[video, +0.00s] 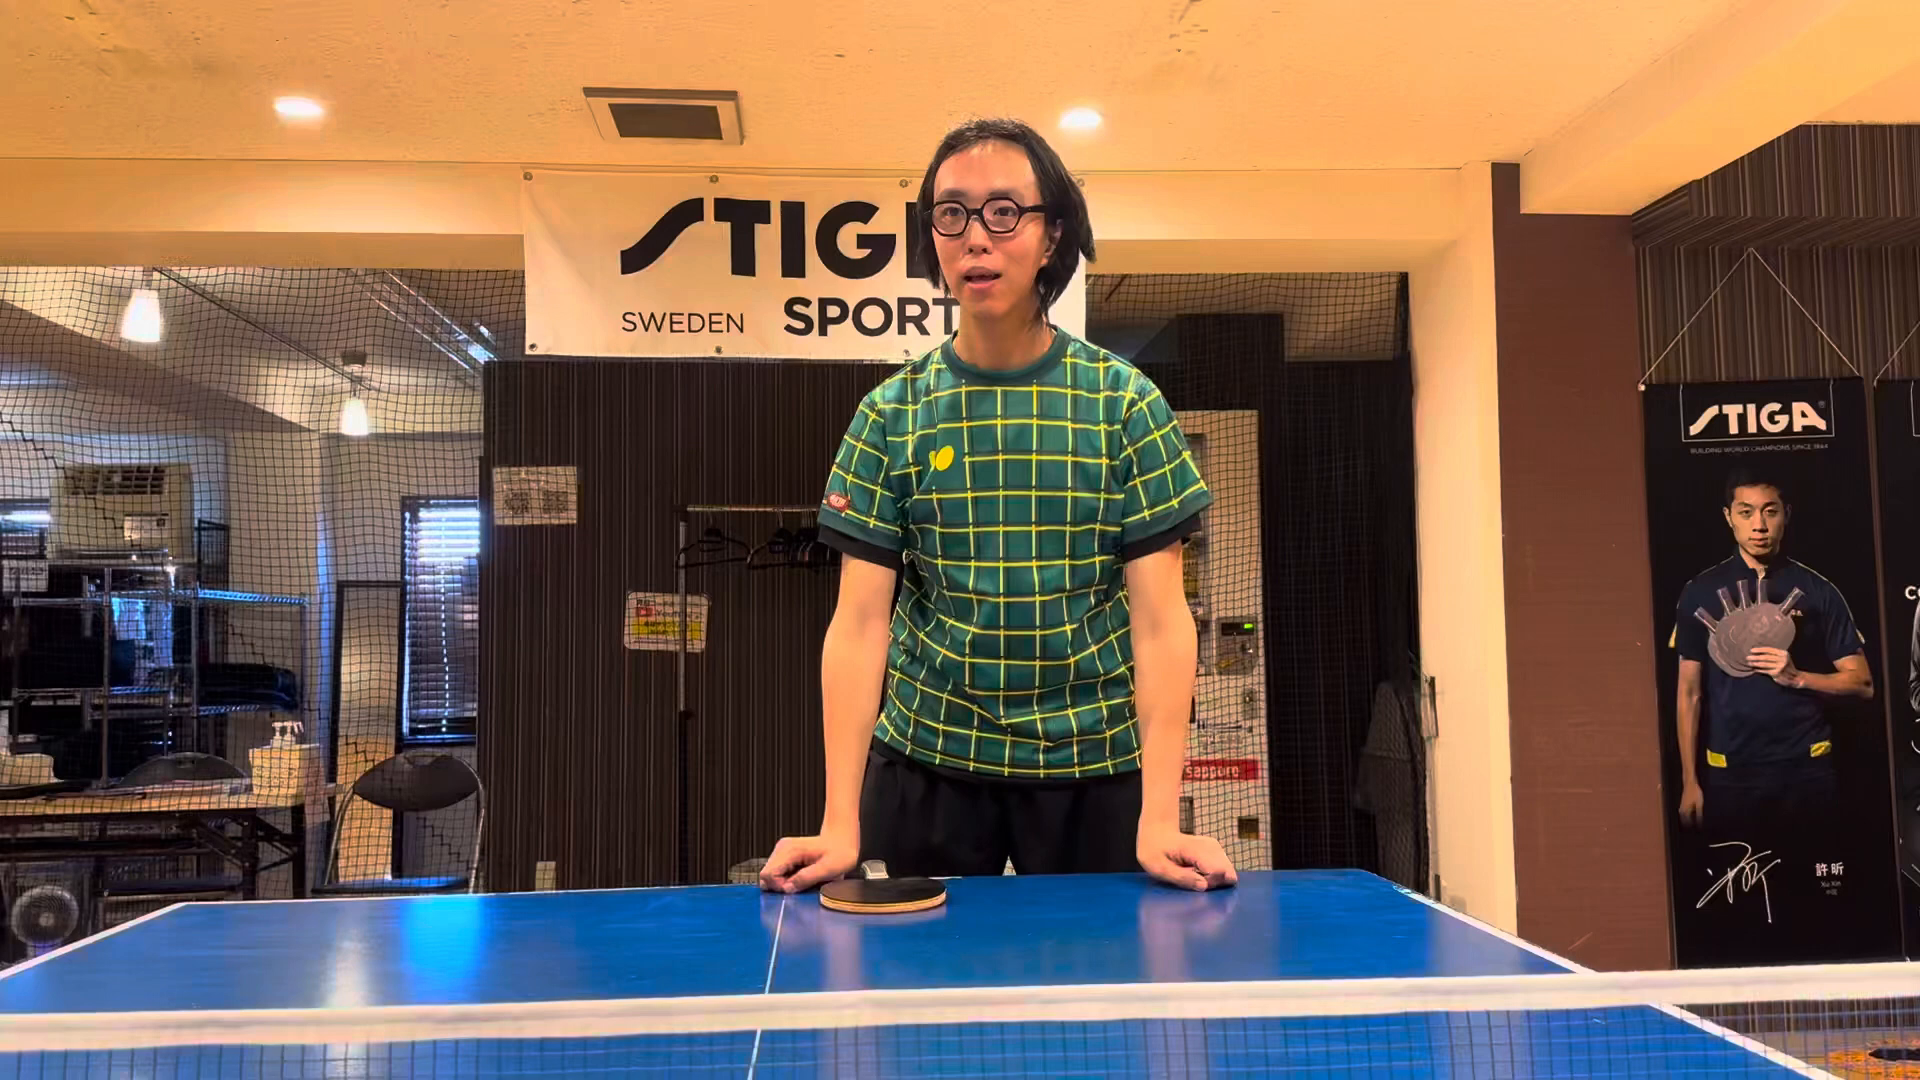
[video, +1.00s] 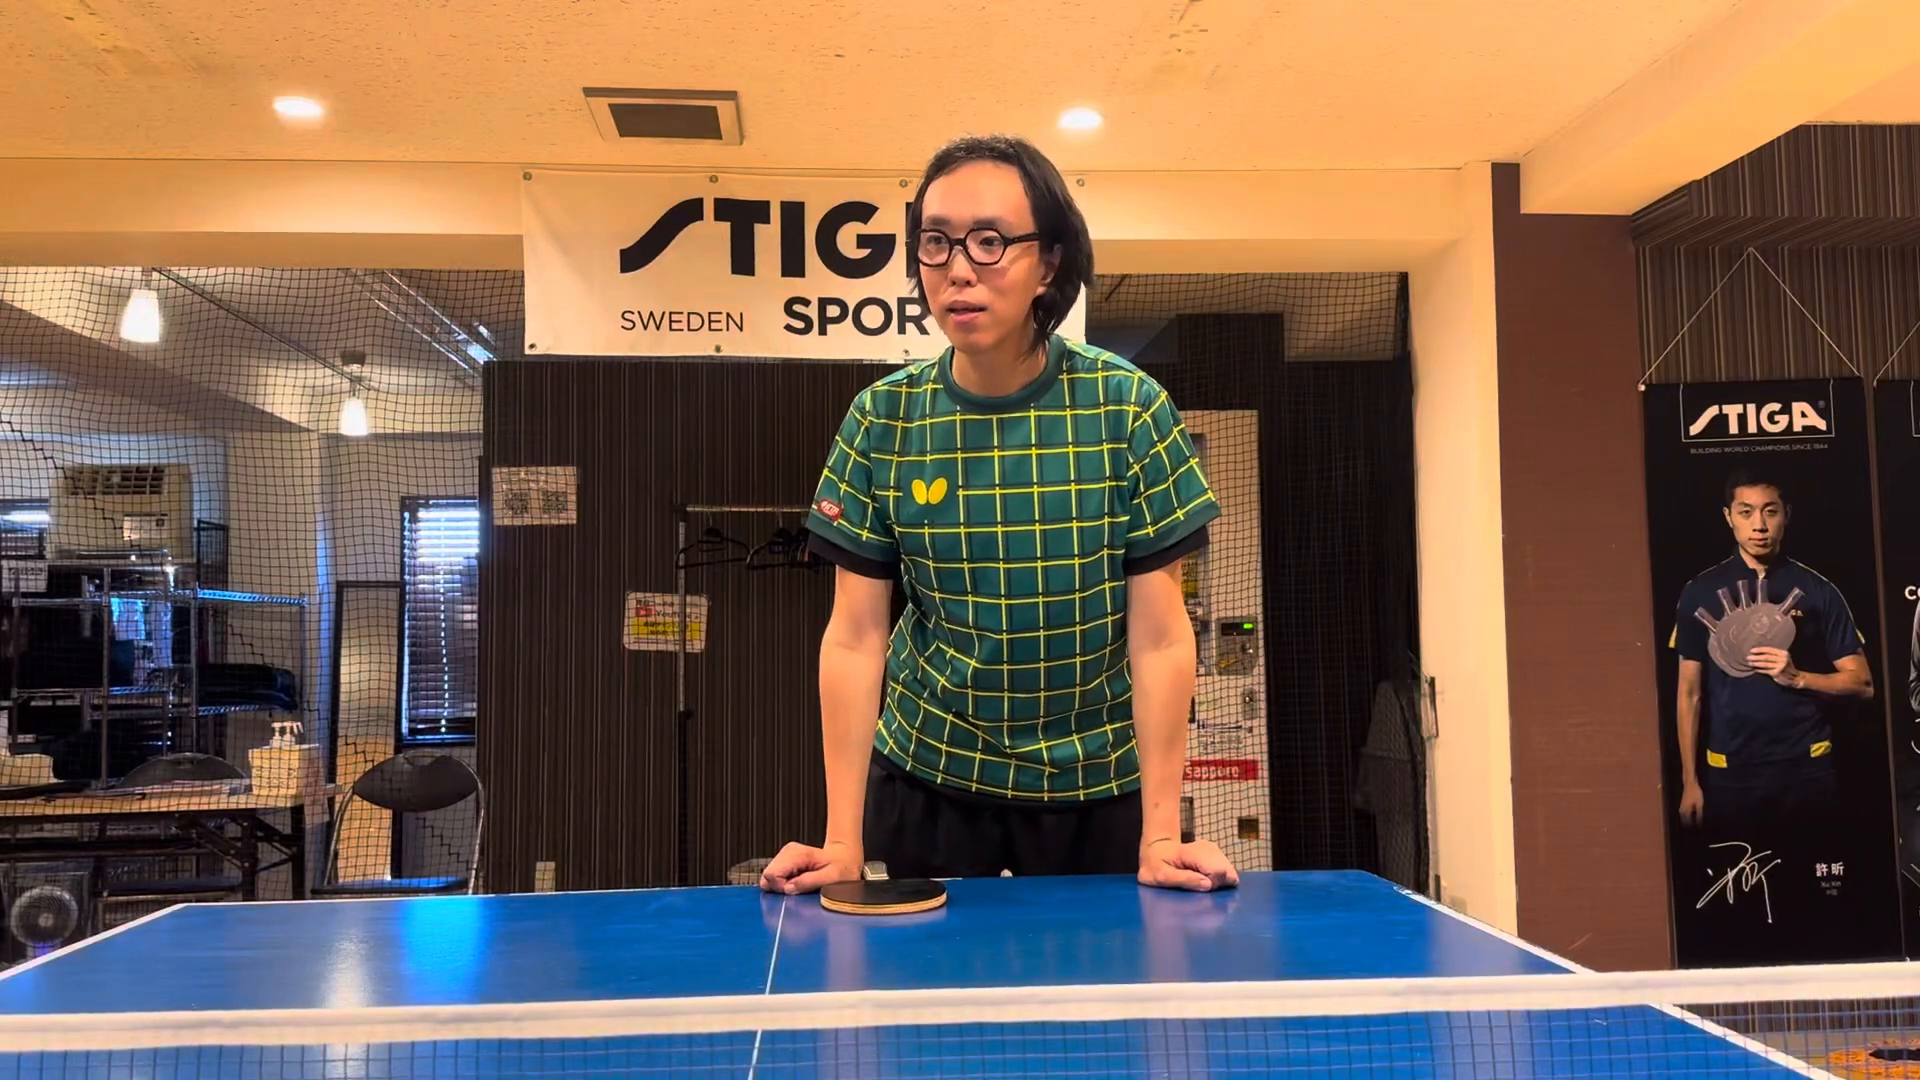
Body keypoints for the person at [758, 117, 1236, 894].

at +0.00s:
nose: (977, 239)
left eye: (1005, 213)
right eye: (954, 216)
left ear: (1054, 237)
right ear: (931, 240)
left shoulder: (1123, 404)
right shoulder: (892, 414)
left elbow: (1160, 621)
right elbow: (858, 625)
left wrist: (1161, 818)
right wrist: (840, 827)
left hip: (1094, 788)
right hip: (926, 786)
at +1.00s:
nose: (958, 268)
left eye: (990, 241)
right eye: (938, 242)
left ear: (1049, 266)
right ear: (918, 263)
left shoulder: (1126, 408)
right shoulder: (884, 417)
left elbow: (1160, 638)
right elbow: (854, 637)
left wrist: (1163, 836)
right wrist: (842, 842)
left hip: (1094, 809)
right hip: (925, 804)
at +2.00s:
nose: (956, 276)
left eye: (987, 249)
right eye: (937, 251)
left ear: (1045, 274)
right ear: (918, 271)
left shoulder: (1125, 413)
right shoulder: (887, 424)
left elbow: (1160, 639)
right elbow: (853, 643)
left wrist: (1163, 834)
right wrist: (841, 841)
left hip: (1096, 811)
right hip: (929, 807)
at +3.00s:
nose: (951, 283)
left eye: (982, 257)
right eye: (932, 259)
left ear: (1040, 281)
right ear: (914, 278)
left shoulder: (1122, 419)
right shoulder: (886, 429)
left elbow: (1157, 642)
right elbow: (853, 645)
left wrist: (1162, 836)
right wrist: (841, 843)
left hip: (1093, 800)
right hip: (928, 796)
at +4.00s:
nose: (950, 293)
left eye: (980, 268)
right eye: (933, 269)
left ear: (1036, 292)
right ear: (916, 288)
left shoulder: (1117, 433)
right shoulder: (886, 446)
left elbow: (1150, 645)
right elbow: (855, 648)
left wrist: (1159, 833)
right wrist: (842, 842)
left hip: (1086, 770)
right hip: (927, 768)